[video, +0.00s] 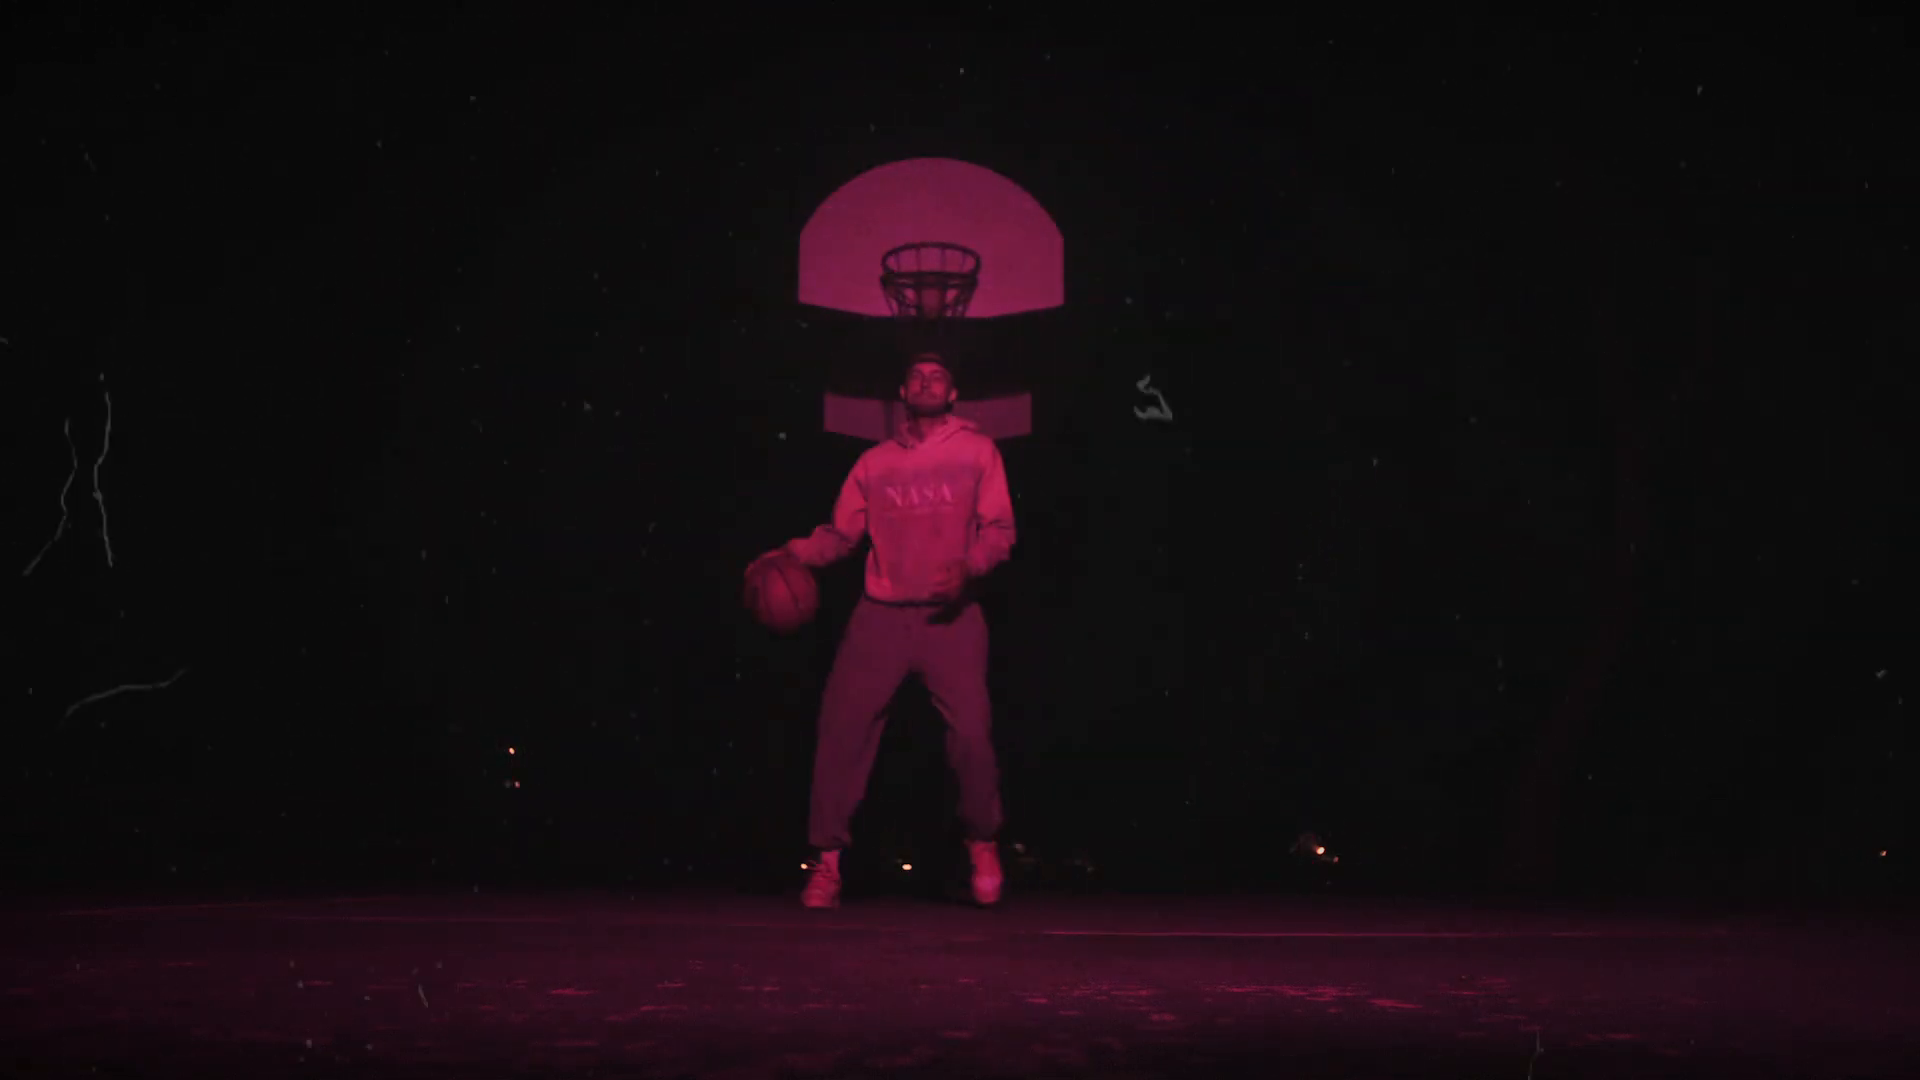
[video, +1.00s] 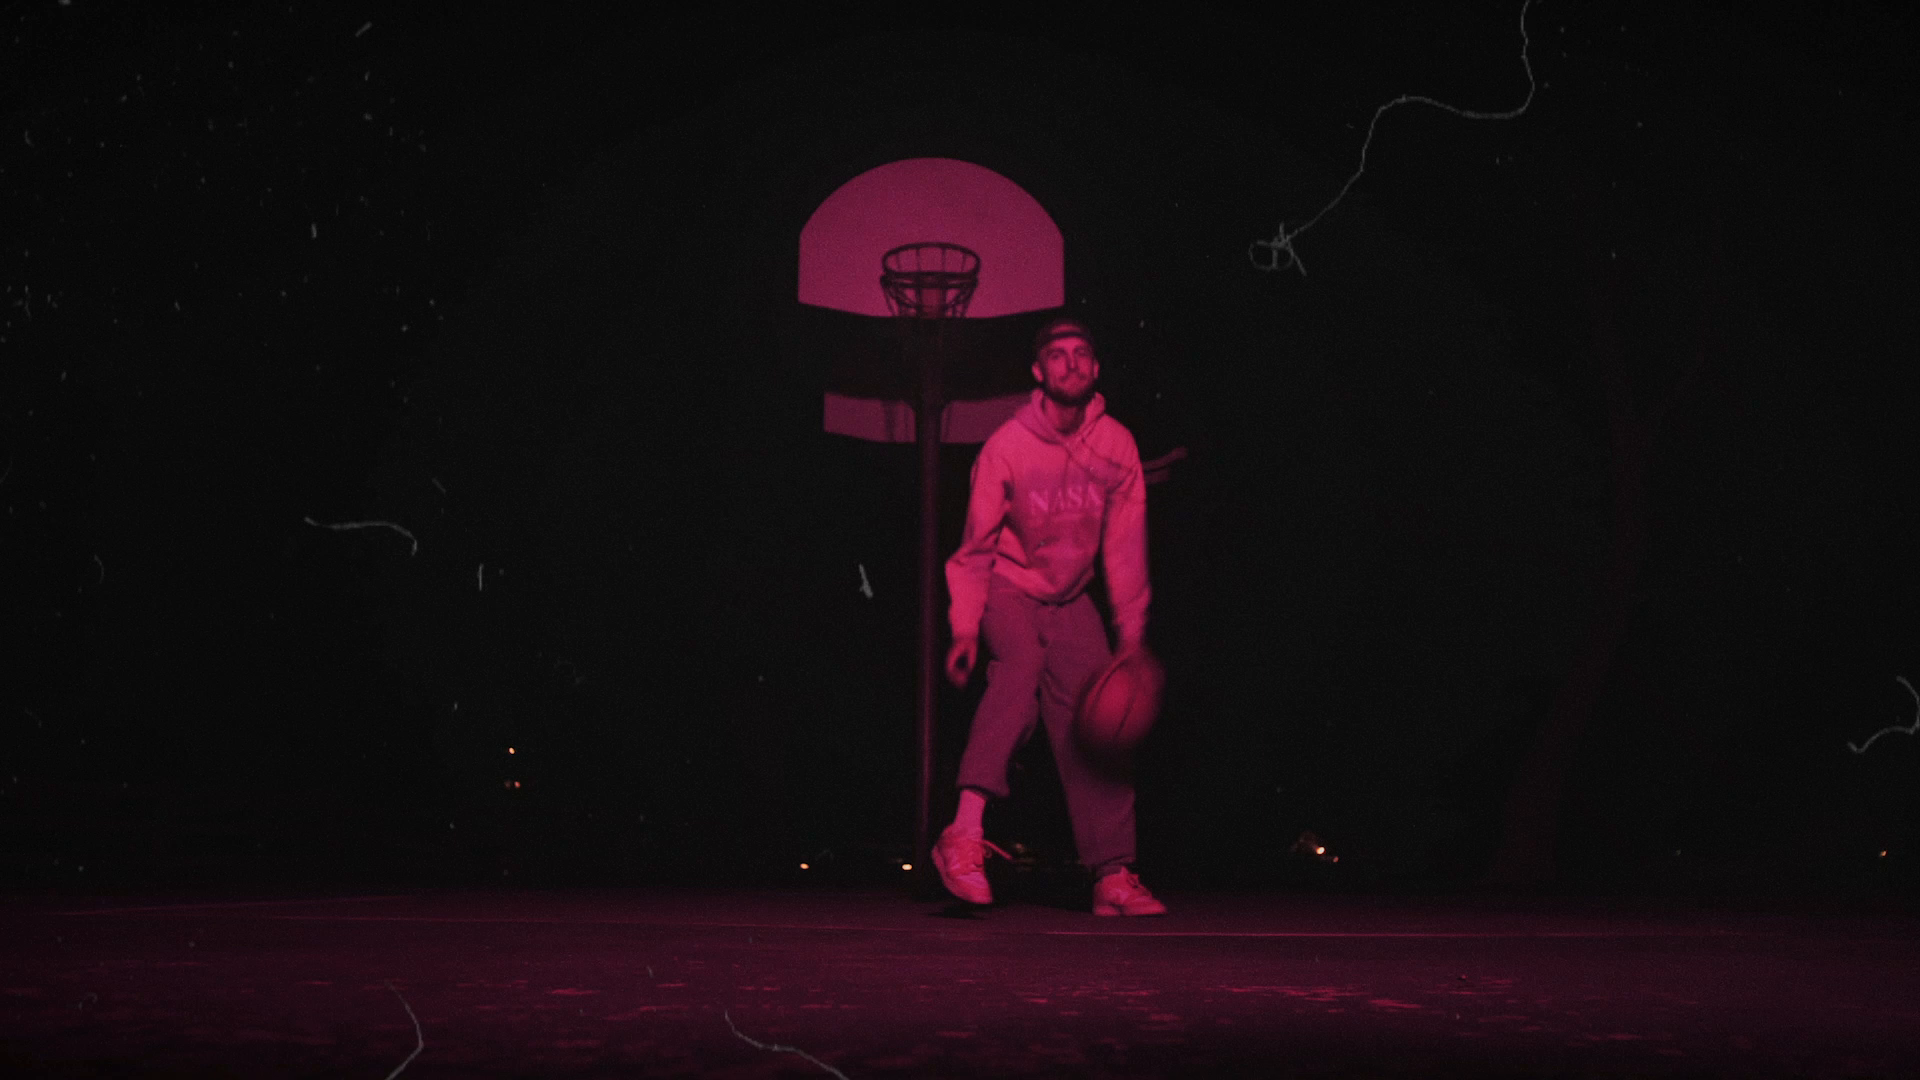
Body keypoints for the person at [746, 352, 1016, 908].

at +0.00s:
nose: (928, 386)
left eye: (938, 379)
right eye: (918, 378)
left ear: (953, 393)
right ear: (902, 393)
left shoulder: (977, 451)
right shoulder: (876, 461)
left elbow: (999, 531)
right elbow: (841, 535)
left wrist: (966, 572)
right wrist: (787, 557)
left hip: (951, 620)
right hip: (880, 617)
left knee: (971, 732)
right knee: (842, 726)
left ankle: (982, 845)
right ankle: (827, 858)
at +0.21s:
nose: (942, 374)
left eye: (951, 366)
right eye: (932, 366)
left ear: (967, 381)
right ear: (914, 380)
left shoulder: (992, 445)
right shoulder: (882, 454)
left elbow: (1004, 533)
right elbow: (875, 546)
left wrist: (996, 609)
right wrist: (889, 621)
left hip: (959, 612)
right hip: (887, 610)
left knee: (988, 731)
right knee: (860, 733)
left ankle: (1033, 858)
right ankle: (830, 859)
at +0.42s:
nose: (993, 362)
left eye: (1003, 354)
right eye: (981, 354)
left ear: (1019, 368)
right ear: (963, 368)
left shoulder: (1043, 442)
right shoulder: (931, 439)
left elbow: (1054, 538)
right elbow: (916, 532)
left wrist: (1061, 616)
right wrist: (924, 610)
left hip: (1008, 606)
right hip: (933, 600)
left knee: (1015, 734)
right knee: (893, 726)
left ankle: (1042, 870)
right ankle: (860, 856)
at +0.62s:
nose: (1024, 320)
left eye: (1034, 313)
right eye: (1012, 312)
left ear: (1047, 329)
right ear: (992, 328)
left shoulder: (1071, 402)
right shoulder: (964, 398)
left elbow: (1095, 488)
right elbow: (944, 494)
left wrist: (1134, 553)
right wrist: (959, 573)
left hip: (1041, 573)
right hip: (969, 570)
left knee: (1061, 712)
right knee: (968, 715)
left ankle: (1079, 860)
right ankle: (957, 866)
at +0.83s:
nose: (1057, 338)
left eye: (1064, 330)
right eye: (1043, 331)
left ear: (1075, 346)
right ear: (1019, 346)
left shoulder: (1095, 418)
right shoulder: (994, 418)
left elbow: (1124, 502)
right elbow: (962, 517)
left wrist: (1172, 557)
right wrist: (978, 579)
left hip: (1062, 594)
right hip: (999, 592)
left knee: (1102, 725)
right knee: (995, 724)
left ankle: (1114, 873)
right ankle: (970, 856)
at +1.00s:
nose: (1072, 365)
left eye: (1082, 356)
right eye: (1059, 356)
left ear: (1097, 370)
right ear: (1038, 370)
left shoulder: (1116, 445)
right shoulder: (1007, 446)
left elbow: (1126, 547)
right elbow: (975, 548)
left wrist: (1131, 637)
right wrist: (964, 630)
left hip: (1073, 596)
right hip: (1006, 586)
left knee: (1097, 718)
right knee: (1019, 670)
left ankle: (1112, 874)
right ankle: (964, 833)